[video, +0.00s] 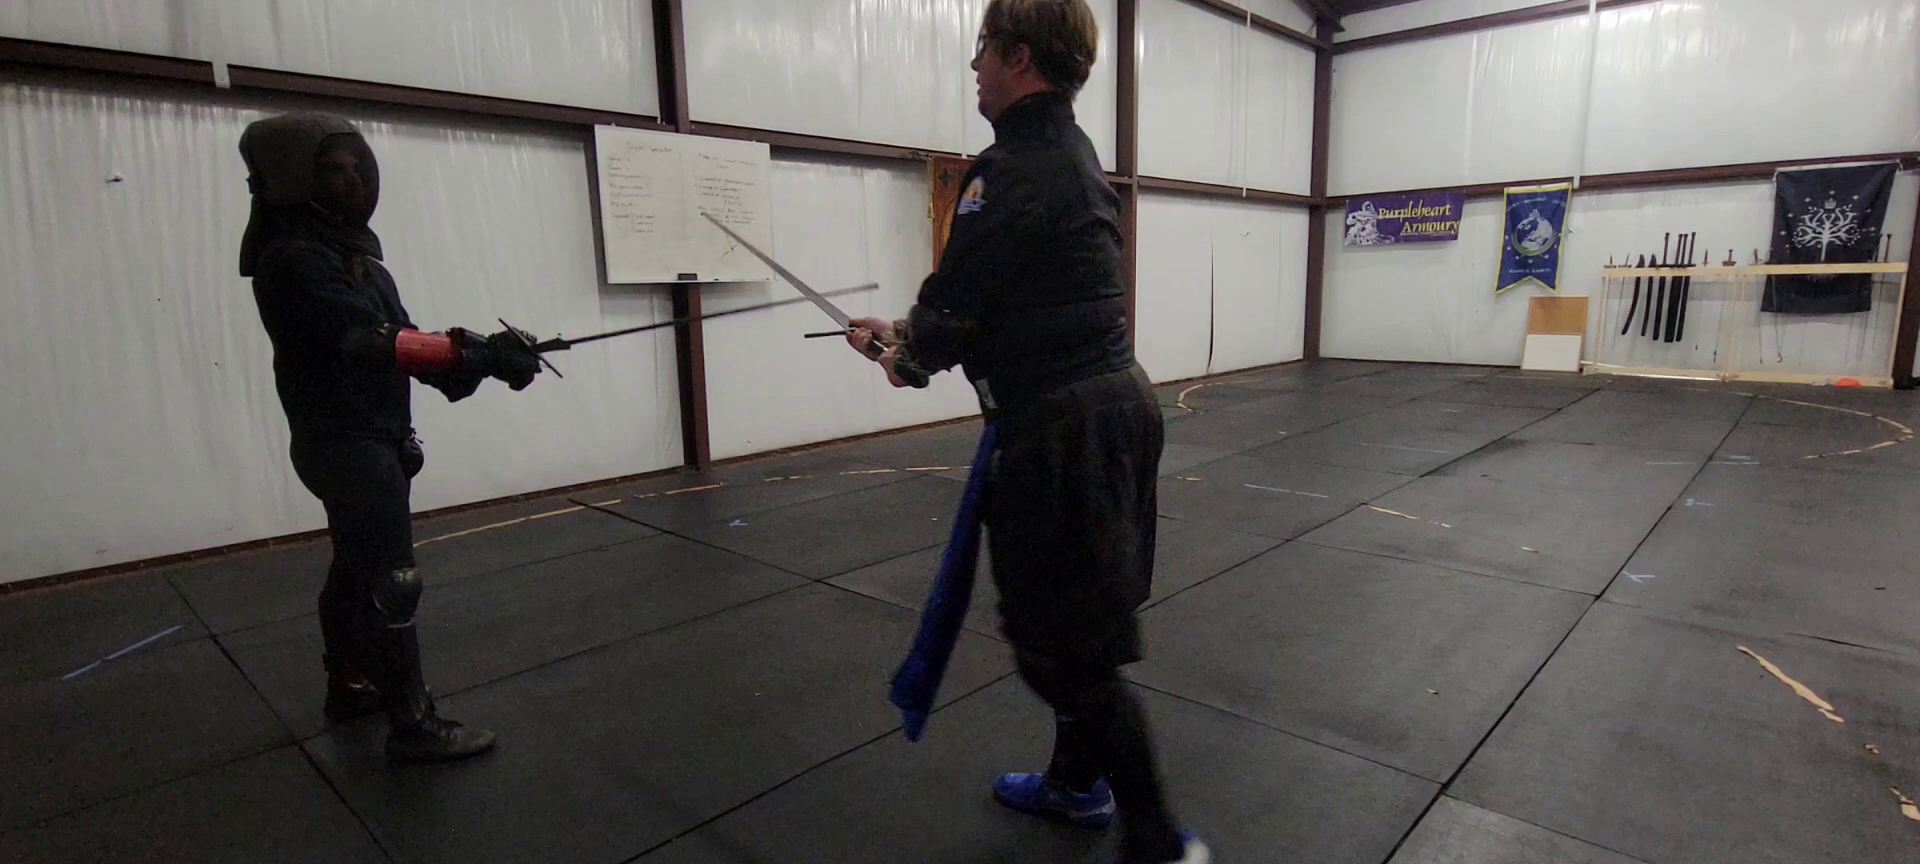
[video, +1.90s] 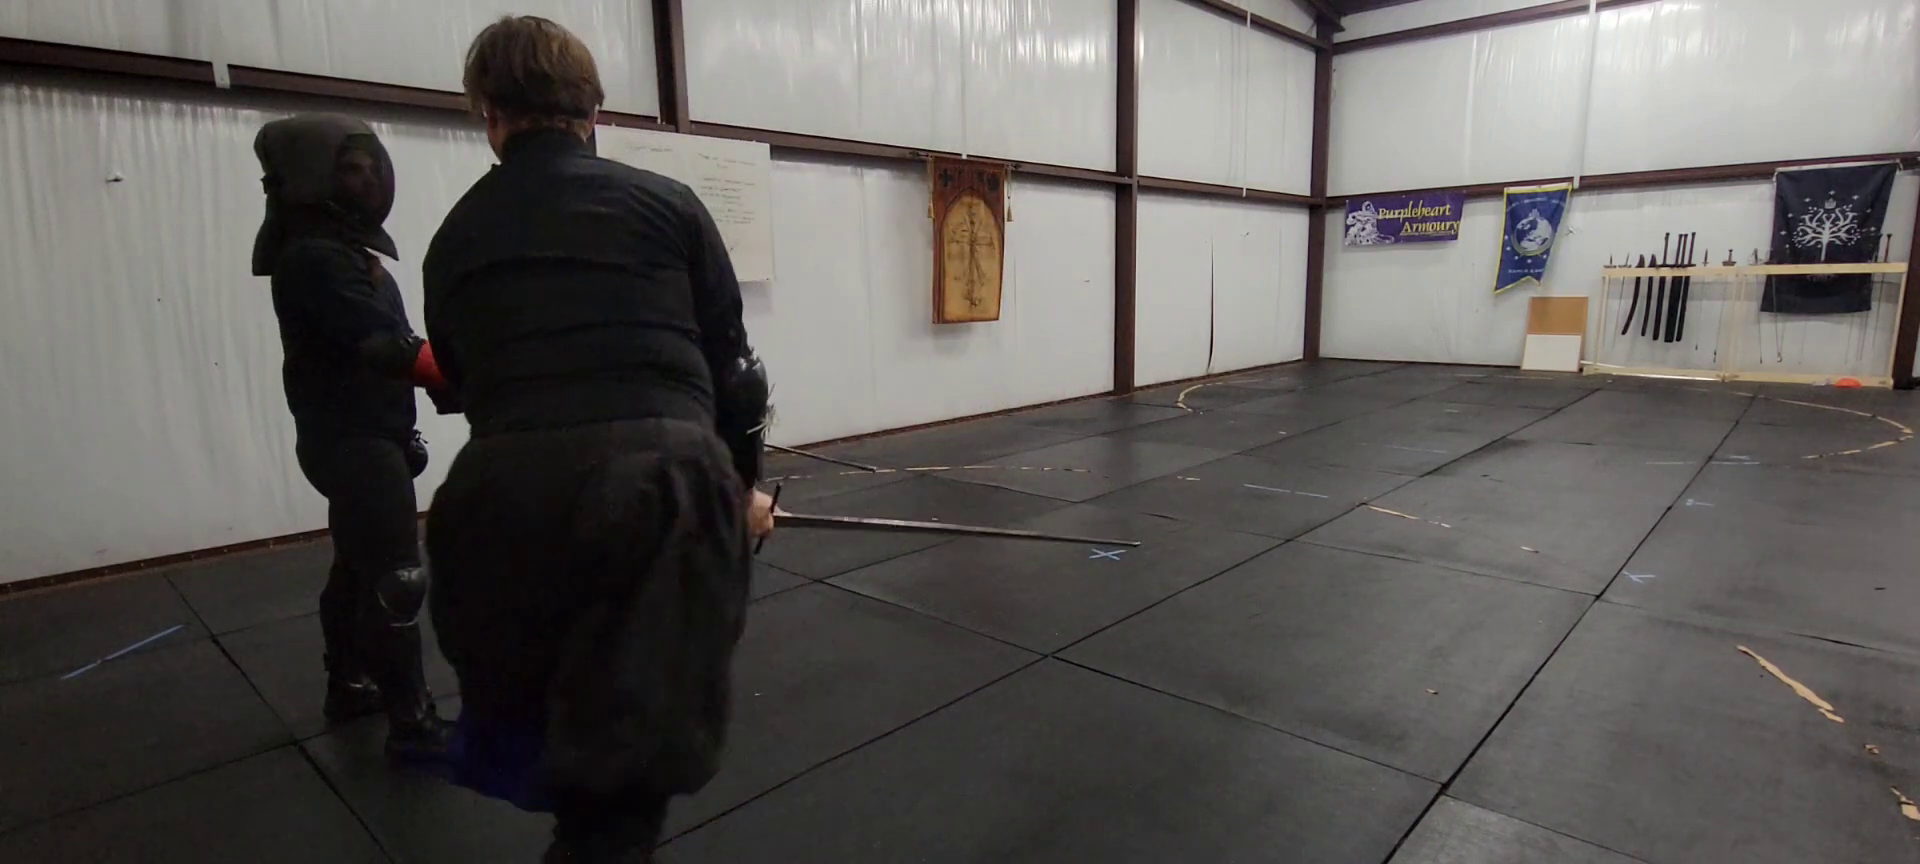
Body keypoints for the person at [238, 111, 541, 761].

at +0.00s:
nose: (363, 183)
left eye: (365, 170)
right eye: (346, 172)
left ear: (367, 176)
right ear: (311, 182)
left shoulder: (347, 245)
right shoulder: (292, 256)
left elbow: (388, 333)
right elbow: (360, 342)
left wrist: (462, 358)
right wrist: (473, 355)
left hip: (375, 439)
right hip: (344, 445)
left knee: (358, 569)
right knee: (392, 581)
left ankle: (350, 688)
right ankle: (410, 724)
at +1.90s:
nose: (373, 180)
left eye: (376, 169)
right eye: (357, 168)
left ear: (380, 177)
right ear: (322, 179)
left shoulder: (348, 250)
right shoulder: (313, 257)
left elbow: (377, 350)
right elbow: (366, 342)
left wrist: (395, 430)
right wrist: (439, 367)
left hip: (370, 439)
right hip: (352, 443)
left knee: (358, 569)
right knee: (395, 580)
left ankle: (350, 688)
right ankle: (410, 722)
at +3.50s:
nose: (448, 200)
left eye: (448, 187)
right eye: (442, 187)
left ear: (362, 189)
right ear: (418, 194)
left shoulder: (321, 265)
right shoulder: (408, 268)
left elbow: (364, 353)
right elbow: (453, 354)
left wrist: (462, 339)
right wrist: (495, 344)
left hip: (344, 446)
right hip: (399, 452)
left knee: (363, 569)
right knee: (464, 577)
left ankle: (349, 691)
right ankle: (444, 722)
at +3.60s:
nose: (448, 195)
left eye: (447, 182)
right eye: (438, 183)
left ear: (361, 187)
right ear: (404, 190)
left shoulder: (320, 264)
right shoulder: (404, 266)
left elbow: (375, 349)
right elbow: (452, 353)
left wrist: (467, 336)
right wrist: (497, 345)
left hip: (345, 445)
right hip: (398, 452)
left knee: (362, 569)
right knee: (462, 577)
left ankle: (348, 692)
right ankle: (444, 723)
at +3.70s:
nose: (444, 193)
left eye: (442, 180)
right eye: (435, 180)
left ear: (355, 186)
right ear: (405, 188)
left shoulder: (315, 264)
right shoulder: (400, 266)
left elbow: (384, 348)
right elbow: (459, 345)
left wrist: (467, 344)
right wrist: (503, 337)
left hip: (343, 447)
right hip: (398, 452)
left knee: (362, 570)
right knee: (460, 579)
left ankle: (349, 691)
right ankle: (444, 721)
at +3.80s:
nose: (439, 192)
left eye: (437, 180)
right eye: (431, 180)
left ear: (348, 187)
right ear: (407, 189)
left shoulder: (306, 268)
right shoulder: (406, 268)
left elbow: (383, 342)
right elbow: (461, 344)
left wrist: (471, 330)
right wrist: (507, 336)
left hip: (339, 448)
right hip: (398, 451)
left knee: (360, 570)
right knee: (459, 577)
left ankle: (349, 691)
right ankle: (444, 723)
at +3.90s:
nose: (446, 195)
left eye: (444, 182)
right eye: (439, 183)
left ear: (358, 186)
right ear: (419, 191)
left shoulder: (314, 261)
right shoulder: (414, 267)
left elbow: (288, 345)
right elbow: (461, 352)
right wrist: (481, 328)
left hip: (340, 445)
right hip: (398, 449)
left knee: (360, 568)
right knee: (460, 577)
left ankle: (348, 690)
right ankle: (444, 722)